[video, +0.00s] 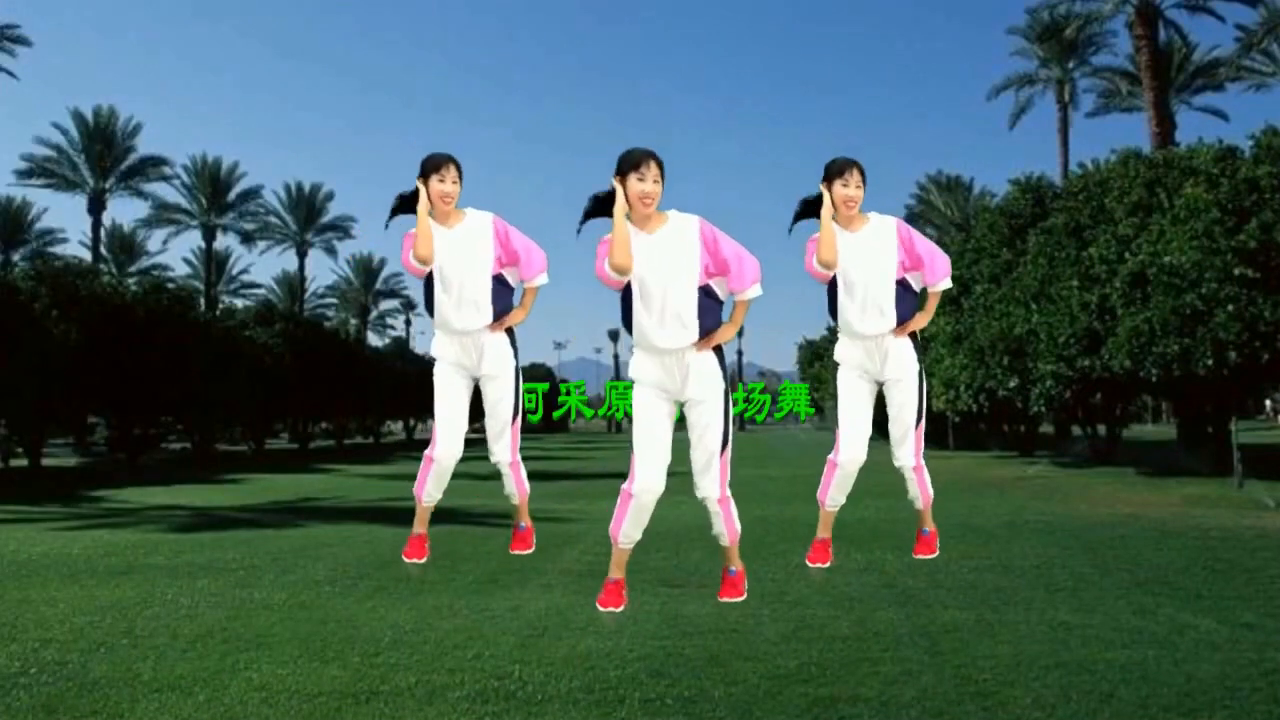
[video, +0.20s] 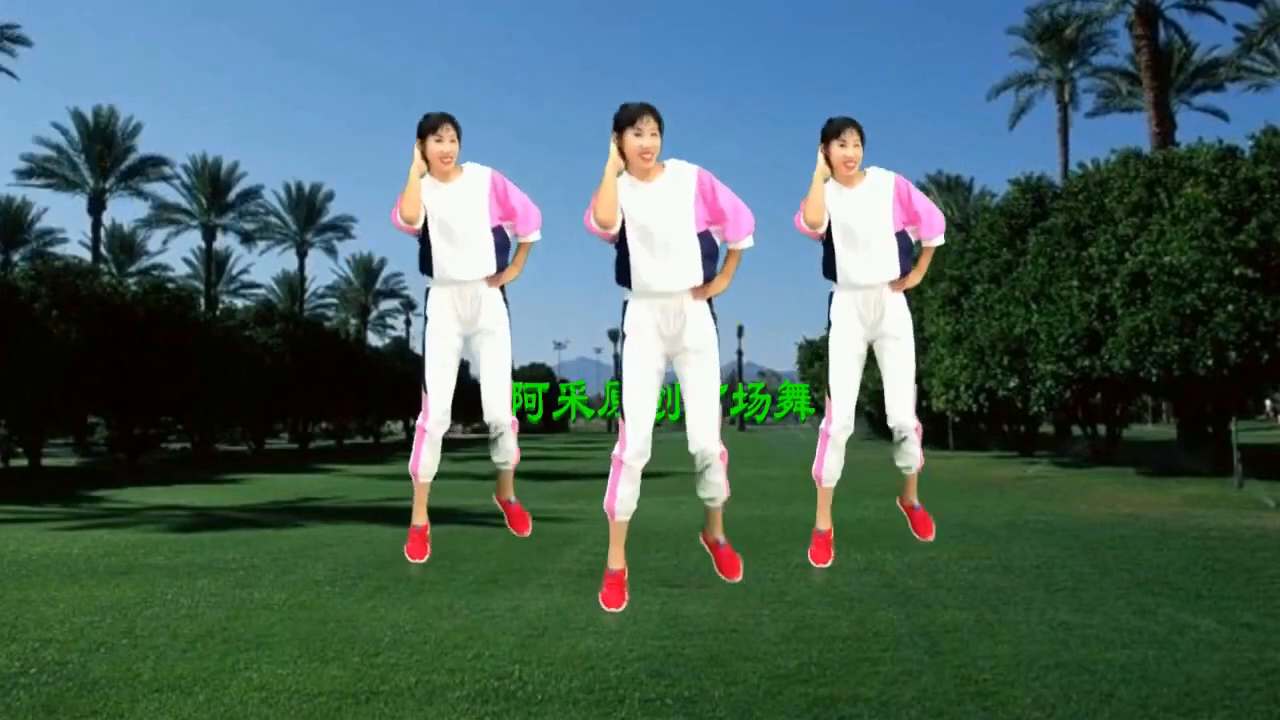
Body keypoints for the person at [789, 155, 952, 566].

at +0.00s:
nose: (851, 193)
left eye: (857, 186)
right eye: (843, 185)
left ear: (864, 191)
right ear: (827, 191)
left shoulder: (892, 228)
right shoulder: (821, 239)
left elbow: (938, 266)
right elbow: (828, 263)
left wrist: (925, 314)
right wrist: (827, 213)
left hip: (899, 348)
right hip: (853, 352)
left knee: (905, 455)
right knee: (849, 453)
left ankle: (926, 526)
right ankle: (822, 536)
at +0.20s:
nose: (849, 152)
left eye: (854, 145)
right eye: (841, 146)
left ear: (863, 150)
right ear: (826, 153)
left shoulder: (889, 184)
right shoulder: (821, 195)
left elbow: (934, 223)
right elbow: (814, 222)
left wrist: (917, 273)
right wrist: (820, 170)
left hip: (891, 300)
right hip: (847, 304)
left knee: (902, 419)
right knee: (838, 419)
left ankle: (910, 499)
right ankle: (823, 523)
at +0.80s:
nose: (860, 165)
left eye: (867, 158)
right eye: (852, 157)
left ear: (877, 165)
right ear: (838, 164)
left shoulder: (899, 202)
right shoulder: (829, 206)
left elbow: (936, 246)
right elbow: (876, 214)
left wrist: (924, 288)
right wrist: (906, 167)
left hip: (901, 309)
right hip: (858, 313)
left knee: (910, 427)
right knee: (854, 432)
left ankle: (920, 521)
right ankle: (835, 533)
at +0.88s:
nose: (863, 180)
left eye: (870, 173)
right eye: (855, 173)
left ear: (878, 180)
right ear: (841, 179)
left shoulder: (900, 218)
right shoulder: (832, 223)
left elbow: (939, 259)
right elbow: (880, 230)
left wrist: (929, 302)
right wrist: (920, 188)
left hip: (907, 327)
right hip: (863, 331)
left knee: (913, 441)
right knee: (865, 448)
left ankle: (920, 524)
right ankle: (835, 535)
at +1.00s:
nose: (866, 179)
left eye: (873, 173)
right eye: (858, 173)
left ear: (881, 181)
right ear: (843, 181)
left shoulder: (902, 223)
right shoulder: (835, 224)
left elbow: (943, 267)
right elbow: (882, 243)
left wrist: (923, 314)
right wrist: (936, 220)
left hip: (905, 338)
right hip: (860, 340)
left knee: (911, 443)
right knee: (861, 448)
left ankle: (919, 526)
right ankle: (834, 536)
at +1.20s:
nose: (863, 149)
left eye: (870, 142)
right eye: (854, 142)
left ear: (880, 148)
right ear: (840, 148)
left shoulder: (901, 194)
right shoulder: (830, 189)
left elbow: (931, 243)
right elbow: (848, 241)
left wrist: (918, 275)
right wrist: (898, 274)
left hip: (887, 304)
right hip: (842, 302)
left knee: (894, 423)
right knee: (837, 418)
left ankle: (886, 469)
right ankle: (826, 524)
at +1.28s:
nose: (860, 161)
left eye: (867, 154)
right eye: (852, 154)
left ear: (879, 160)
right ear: (838, 160)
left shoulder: (900, 206)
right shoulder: (827, 202)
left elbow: (930, 256)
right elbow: (831, 261)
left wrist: (909, 299)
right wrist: (870, 302)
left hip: (883, 314)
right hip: (838, 311)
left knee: (879, 435)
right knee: (833, 427)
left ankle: (867, 439)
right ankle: (827, 531)